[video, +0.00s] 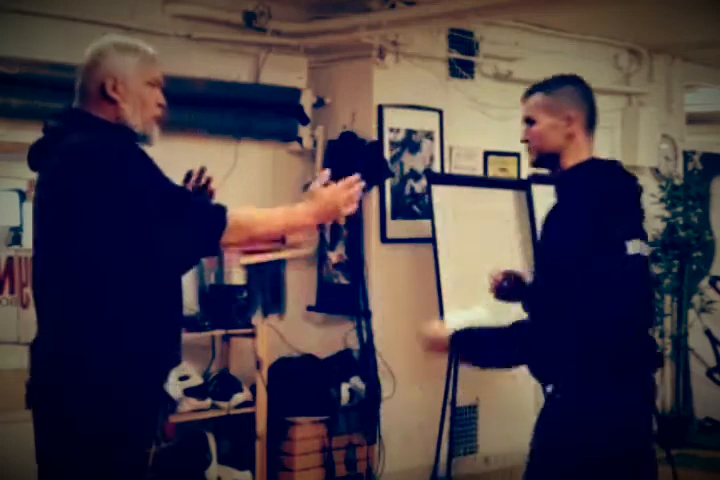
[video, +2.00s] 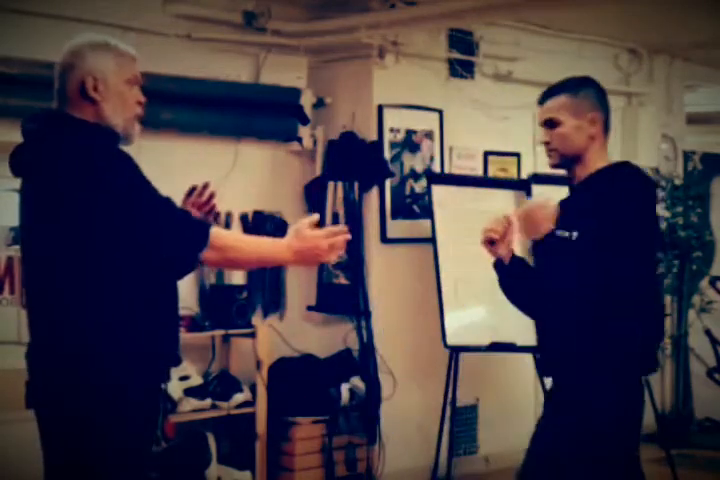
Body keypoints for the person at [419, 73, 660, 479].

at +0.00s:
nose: (523, 135)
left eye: (531, 122)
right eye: (524, 123)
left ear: (569, 124)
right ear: (567, 126)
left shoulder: (579, 203)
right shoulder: (615, 187)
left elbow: (557, 336)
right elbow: (589, 295)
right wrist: (527, 290)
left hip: (584, 402)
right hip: (625, 394)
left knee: (549, 472)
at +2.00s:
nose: (544, 138)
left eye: (552, 125)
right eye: (543, 128)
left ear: (593, 126)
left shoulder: (626, 183)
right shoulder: (567, 207)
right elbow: (547, 305)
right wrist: (507, 260)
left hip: (609, 380)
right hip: (573, 380)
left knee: (541, 472)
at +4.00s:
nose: (546, 131)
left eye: (557, 120)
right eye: (548, 121)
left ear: (595, 130)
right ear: (588, 131)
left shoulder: (611, 201)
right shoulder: (582, 198)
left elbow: (625, 339)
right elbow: (575, 299)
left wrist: (537, 339)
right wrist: (521, 307)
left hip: (593, 392)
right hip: (577, 384)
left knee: (546, 471)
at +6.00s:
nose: (485, 148)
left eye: (493, 135)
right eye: (486, 137)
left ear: (531, 139)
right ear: (530, 141)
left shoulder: (543, 209)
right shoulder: (567, 197)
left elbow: (533, 347)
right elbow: (557, 295)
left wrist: (463, 402)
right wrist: (499, 311)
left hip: (554, 395)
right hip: (584, 382)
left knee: (525, 471)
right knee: (581, 470)